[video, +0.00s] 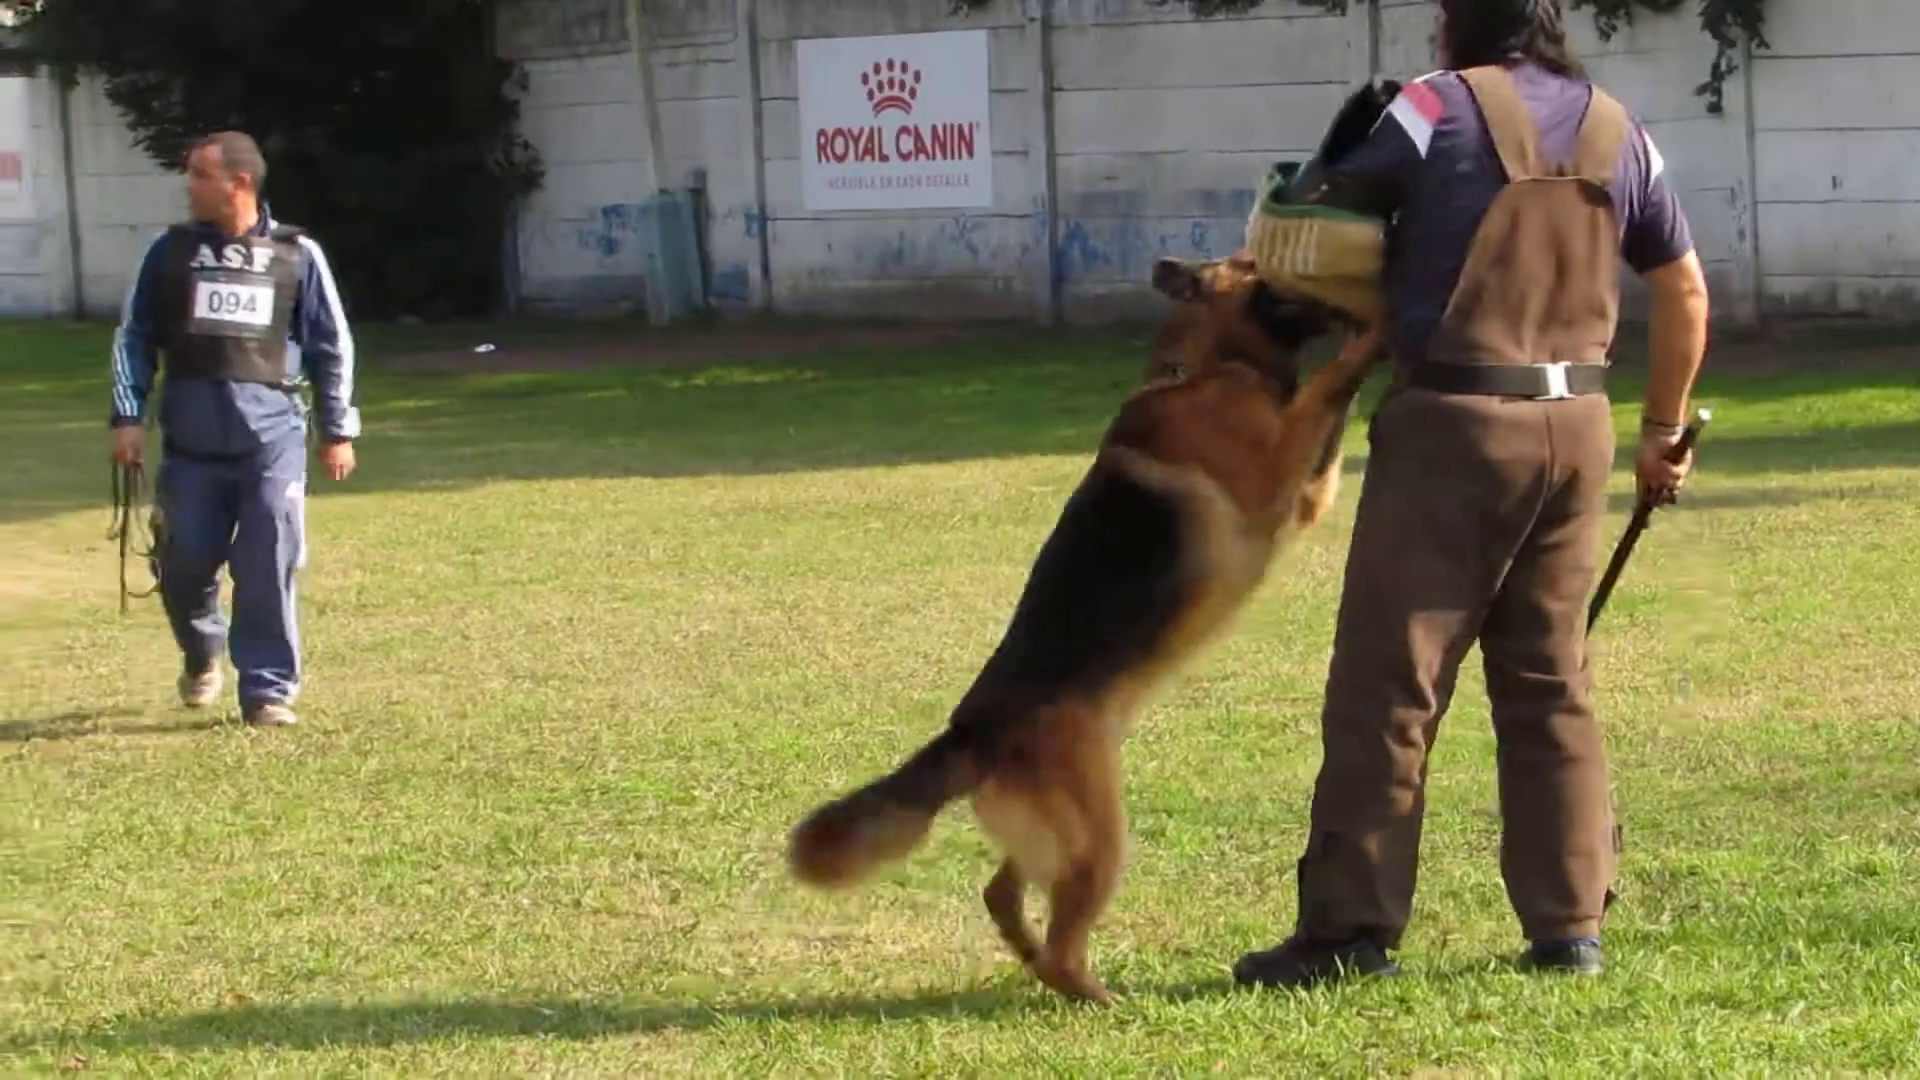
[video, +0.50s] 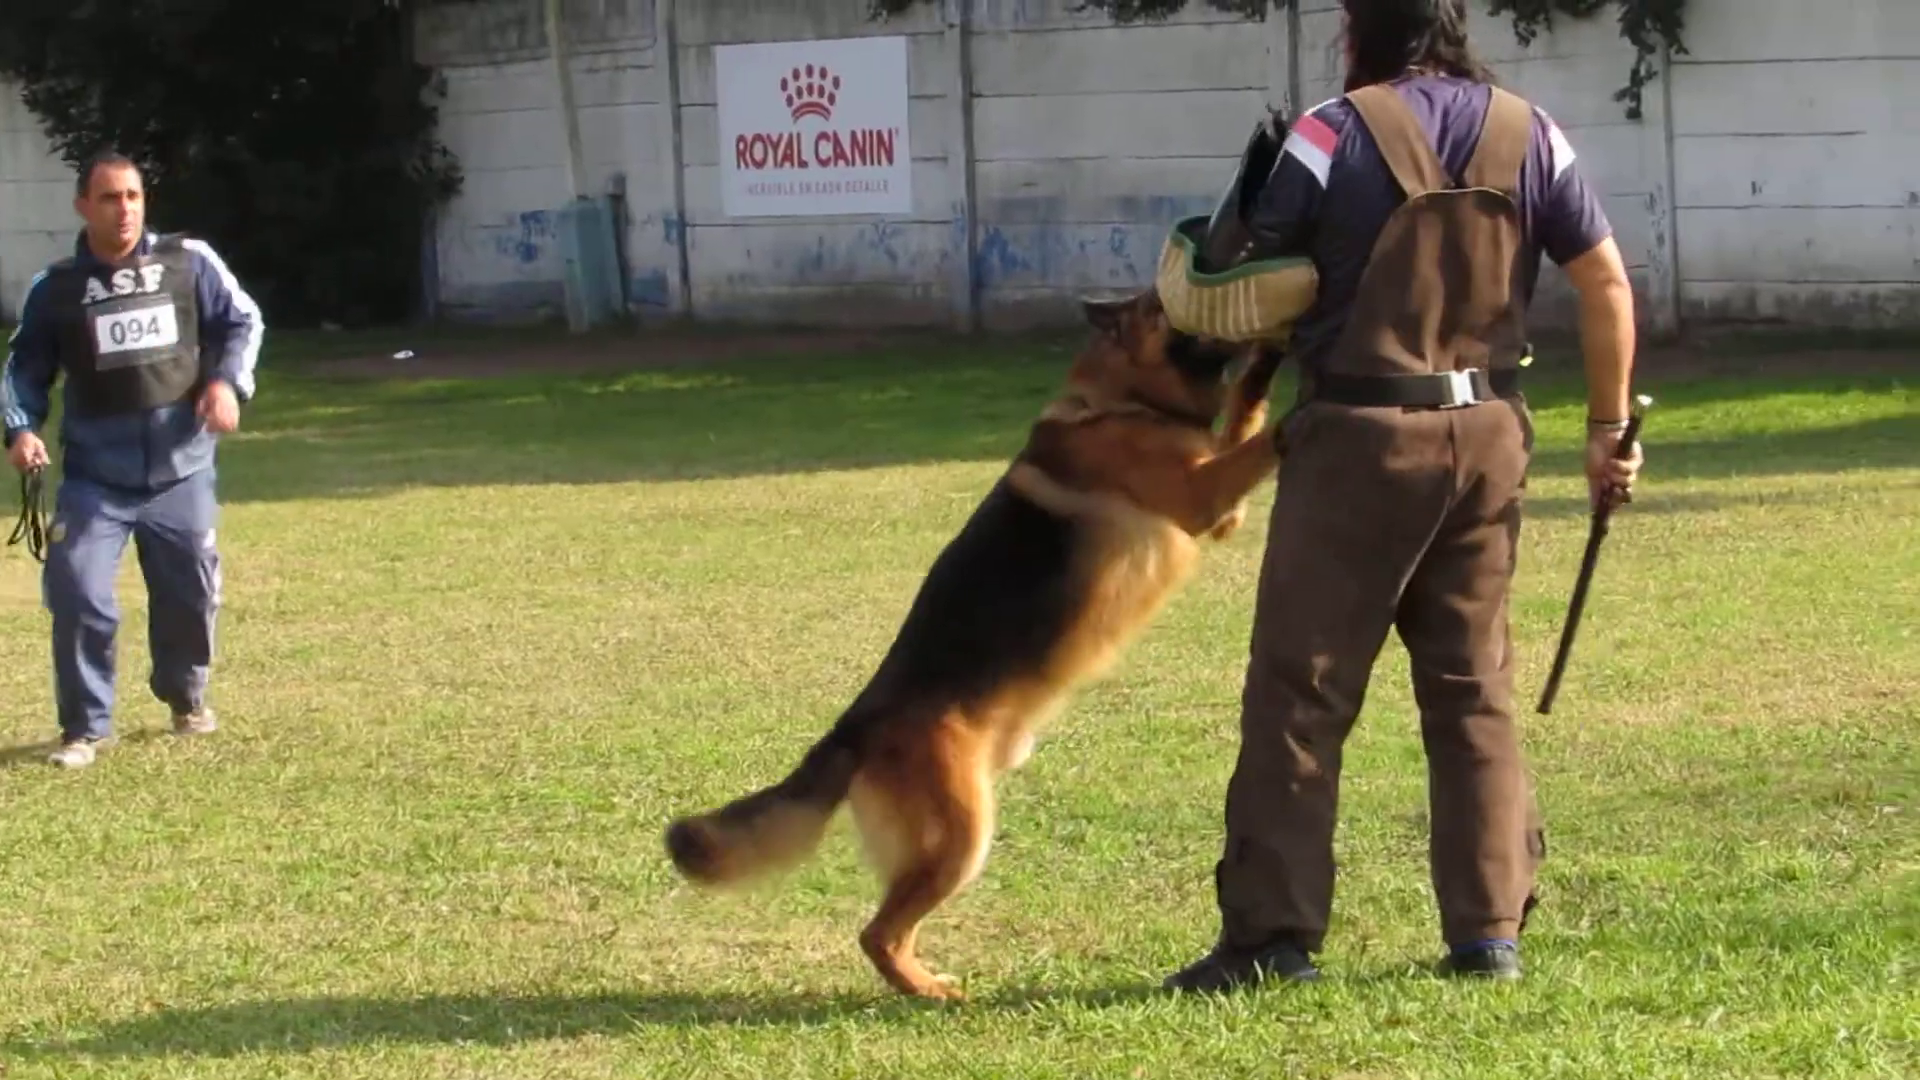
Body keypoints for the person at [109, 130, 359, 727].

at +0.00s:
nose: (189, 185)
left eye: (200, 175)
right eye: (190, 173)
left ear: (240, 185)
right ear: (226, 184)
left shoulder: (299, 256)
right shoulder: (171, 252)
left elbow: (331, 345)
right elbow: (135, 337)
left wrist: (339, 429)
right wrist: (127, 416)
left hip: (271, 435)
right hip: (191, 436)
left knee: (271, 564)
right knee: (184, 563)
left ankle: (268, 690)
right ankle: (201, 652)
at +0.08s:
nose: (173, 174)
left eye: (185, 165)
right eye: (174, 163)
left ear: (225, 173)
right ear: (208, 173)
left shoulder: (284, 245)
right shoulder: (156, 241)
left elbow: (313, 336)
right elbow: (120, 327)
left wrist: (309, 414)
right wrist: (111, 406)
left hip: (260, 434)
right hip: (176, 433)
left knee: (258, 566)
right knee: (163, 557)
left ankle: (255, 690)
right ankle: (180, 669)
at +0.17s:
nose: (168, 172)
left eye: (182, 162)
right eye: (166, 161)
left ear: (221, 169)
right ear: (169, 167)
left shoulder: (273, 240)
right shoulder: (142, 241)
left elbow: (306, 318)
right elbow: (105, 325)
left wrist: (281, 379)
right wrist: (96, 404)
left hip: (246, 433)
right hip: (163, 433)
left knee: (245, 568)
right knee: (159, 564)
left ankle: (244, 693)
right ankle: (162, 701)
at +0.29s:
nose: (183, 178)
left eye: (192, 167)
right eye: (169, 168)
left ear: (210, 175)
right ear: (146, 178)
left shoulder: (246, 245)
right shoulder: (116, 256)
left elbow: (289, 309)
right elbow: (79, 340)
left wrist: (253, 331)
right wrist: (65, 416)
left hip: (228, 444)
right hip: (143, 445)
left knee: (227, 572)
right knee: (136, 567)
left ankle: (223, 697)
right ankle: (122, 707)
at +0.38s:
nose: (164, 189)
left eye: (172, 178)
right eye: (150, 179)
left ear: (187, 184)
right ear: (125, 189)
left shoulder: (229, 250)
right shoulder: (97, 269)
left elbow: (279, 310)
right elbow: (62, 347)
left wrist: (242, 329)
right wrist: (48, 417)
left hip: (214, 450)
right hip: (131, 453)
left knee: (211, 578)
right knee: (115, 569)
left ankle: (207, 701)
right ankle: (106, 714)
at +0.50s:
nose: (124, 209)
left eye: (132, 196)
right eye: (109, 198)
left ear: (146, 201)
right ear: (82, 206)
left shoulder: (191, 263)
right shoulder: (55, 290)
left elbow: (243, 321)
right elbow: (26, 367)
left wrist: (227, 382)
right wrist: (21, 426)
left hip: (182, 470)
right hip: (96, 476)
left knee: (191, 579)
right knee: (76, 586)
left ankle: (187, 692)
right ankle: (84, 727)